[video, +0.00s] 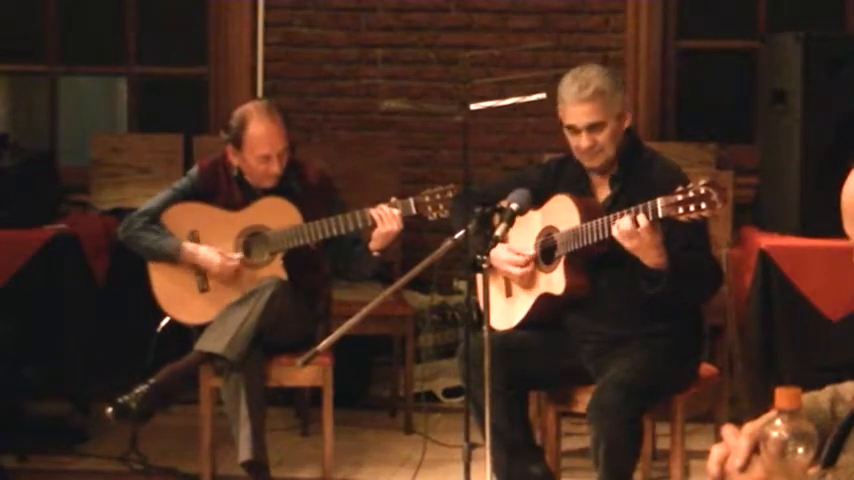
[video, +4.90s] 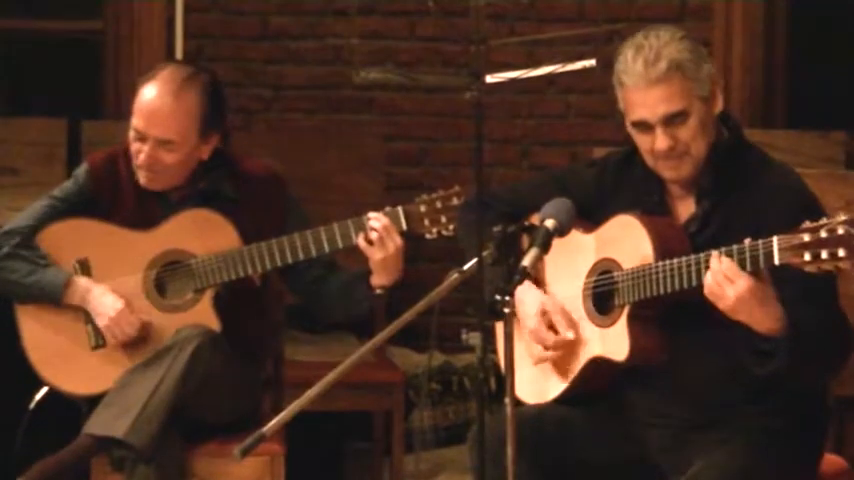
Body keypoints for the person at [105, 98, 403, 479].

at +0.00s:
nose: (276, 168)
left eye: (282, 156)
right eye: (264, 159)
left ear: (289, 145)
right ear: (234, 155)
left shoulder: (308, 184)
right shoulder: (210, 178)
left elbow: (344, 262)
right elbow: (133, 229)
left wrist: (375, 250)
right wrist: (197, 255)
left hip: (296, 315)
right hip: (229, 311)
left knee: (272, 291)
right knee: (244, 350)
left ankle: (167, 381)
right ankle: (255, 468)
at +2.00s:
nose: (275, 151)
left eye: (280, 139)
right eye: (263, 142)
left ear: (287, 136)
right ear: (232, 143)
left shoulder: (310, 185)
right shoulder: (206, 178)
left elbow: (345, 260)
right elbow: (131, 232)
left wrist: (389, 238)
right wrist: (197, 243)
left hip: (297, 319)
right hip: (225, 313)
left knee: (266, 289)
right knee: (244, 356)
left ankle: (169, 395)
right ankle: (252, 470)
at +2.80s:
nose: (260, 151)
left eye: (266, 137)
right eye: (246, 139)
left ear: (275, 131)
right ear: (208, 138)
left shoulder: (294, 190)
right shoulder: (178, 175)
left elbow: (314, 287)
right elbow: (85, 232)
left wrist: (343, 280)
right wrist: (170, 258)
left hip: (273, 342)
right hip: (190, 332)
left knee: (244, 310)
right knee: (211, 394)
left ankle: (118, 420)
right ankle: (213, 474)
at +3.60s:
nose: (196, 142)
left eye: (211, 126)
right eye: (181, 126)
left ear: (230, 125)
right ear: (158, 124)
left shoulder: (271, 188)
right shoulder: (135, 177)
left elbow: (294, 307)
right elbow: (35, 248)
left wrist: (318, 288)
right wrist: (128, 267)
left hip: (248, 363)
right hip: (153, 356)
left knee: (215, 328)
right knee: (181, 428)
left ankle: (90, 444)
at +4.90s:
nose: (142, 155)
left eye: (163, 145)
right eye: (136, 136)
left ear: (207, 147)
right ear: (129, 120)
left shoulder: (255, 192)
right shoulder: (105, 177)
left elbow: (315, 301)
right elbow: (5, 253)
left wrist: (379, 282)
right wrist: (86, 294)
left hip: (227, 385)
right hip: (113, 373)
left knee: (194, 345)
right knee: (149, 445)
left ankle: (70, 459)